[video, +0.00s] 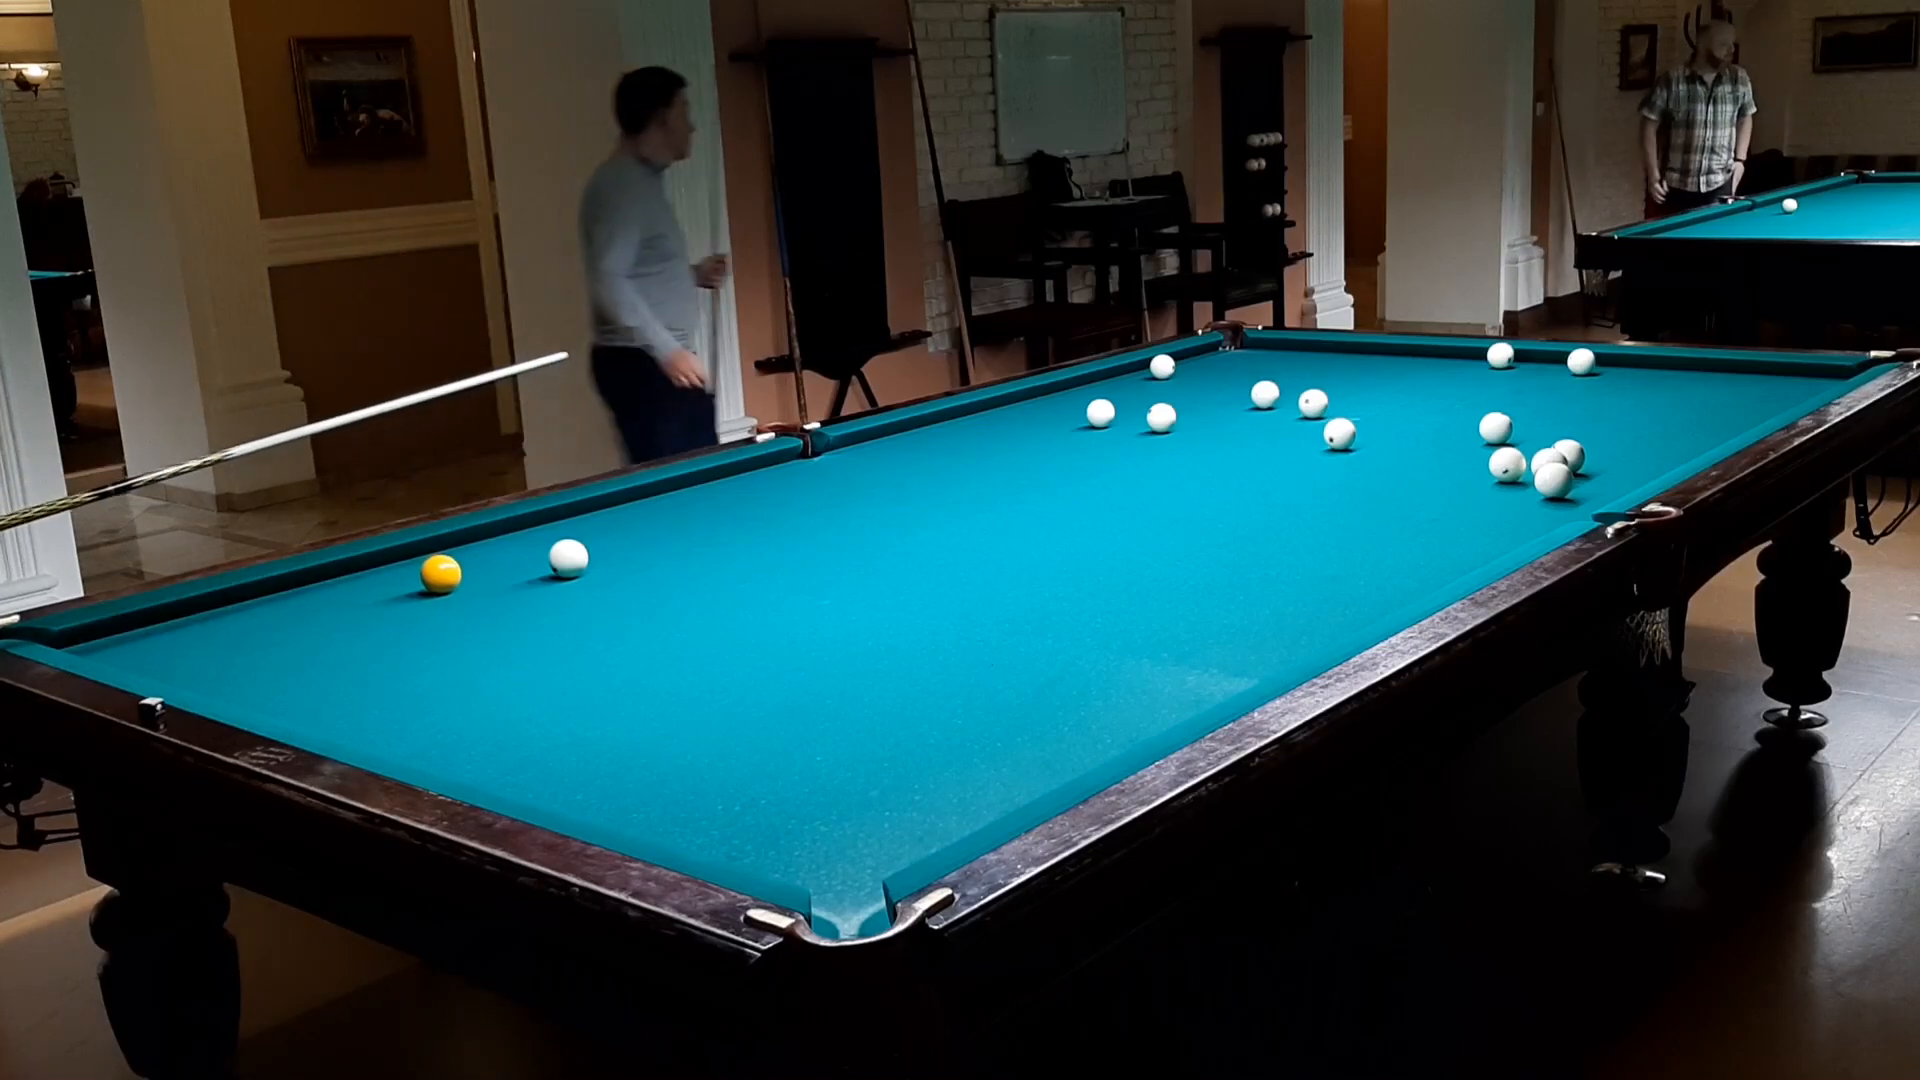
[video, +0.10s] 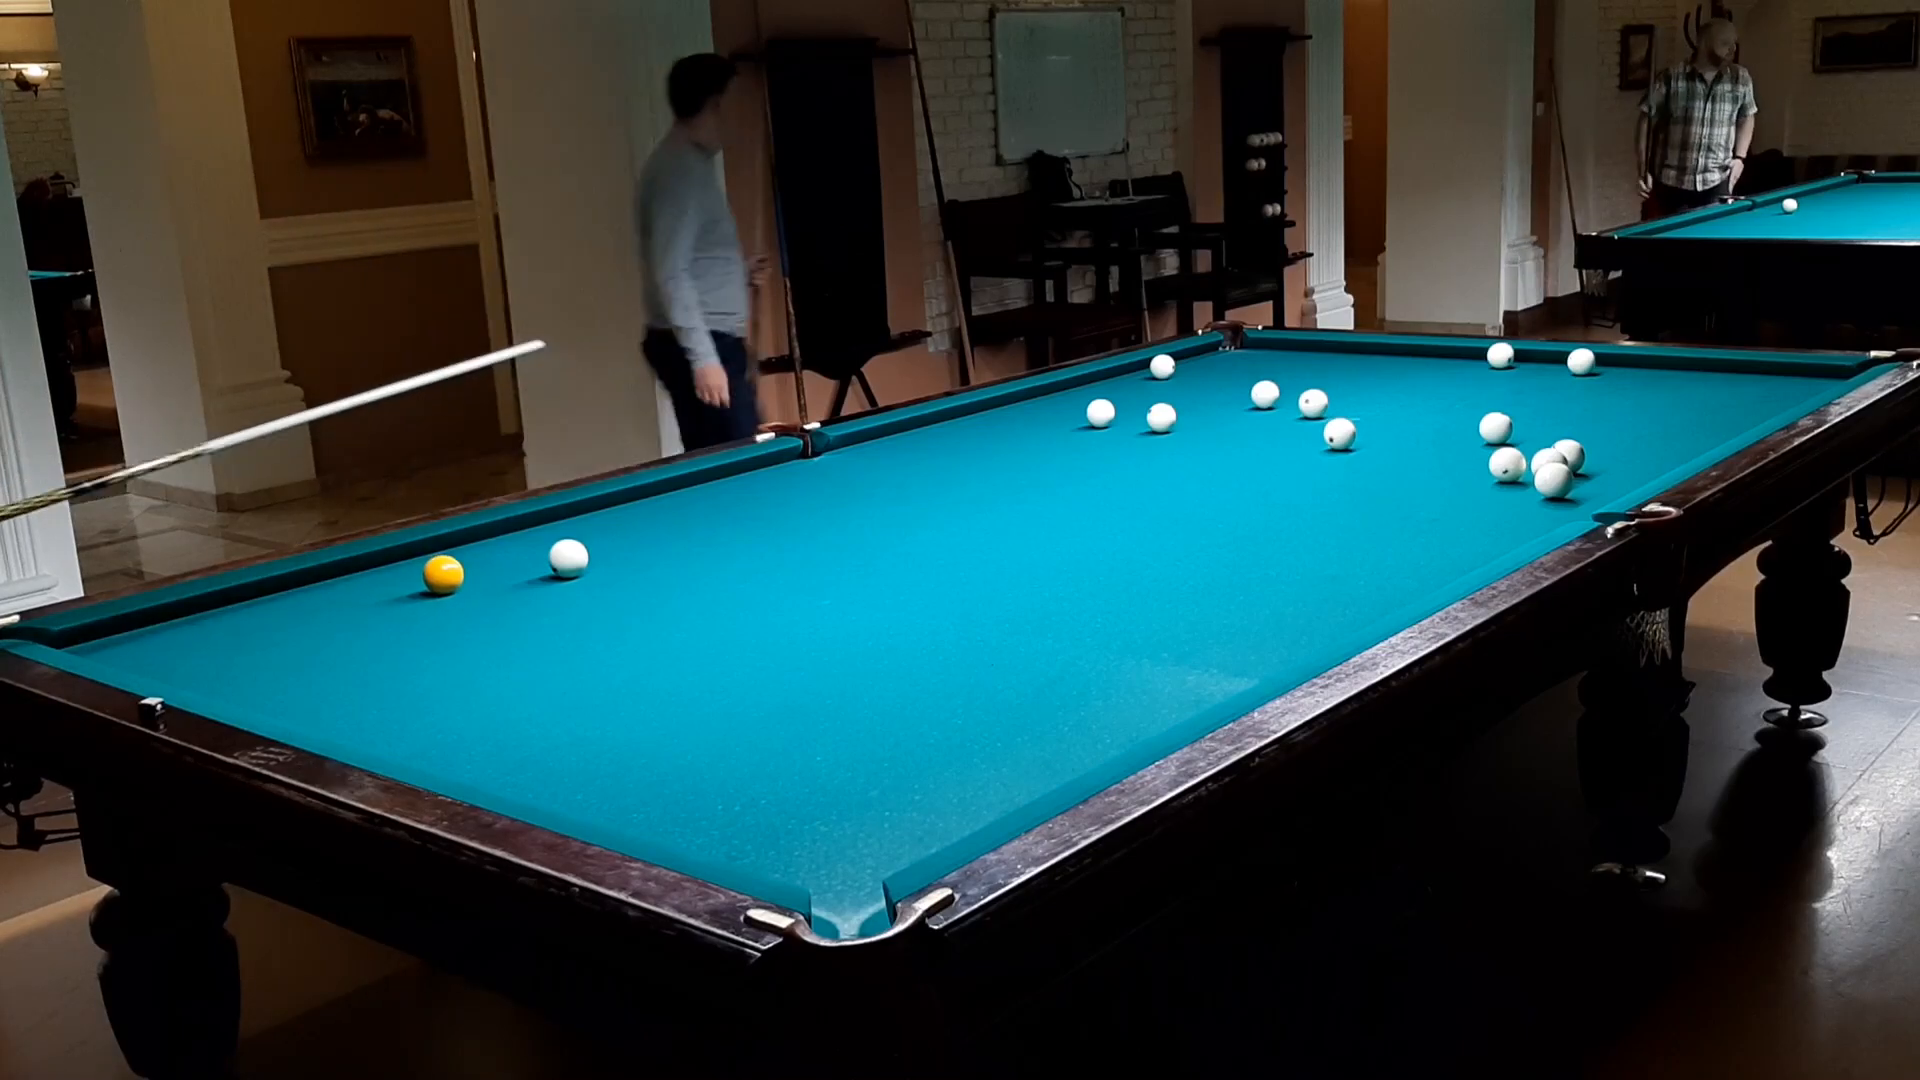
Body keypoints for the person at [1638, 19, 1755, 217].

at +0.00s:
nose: (1731, 50)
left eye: (1733, 45)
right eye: (1724, 44)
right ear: (1702, 43)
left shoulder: (1738, 79)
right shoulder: (1672, 80)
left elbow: (1745, 119)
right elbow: (1649, 125)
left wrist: (1740, 160)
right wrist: (1653, 174)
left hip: (1719, 188)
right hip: (1675, 189)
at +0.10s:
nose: (1733, 50)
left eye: (1734, 44)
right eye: (1726, 44)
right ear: (1704, 42)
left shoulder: (1739, 78)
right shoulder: (1671, 77)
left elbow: (1747, 118)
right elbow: (1646, 118)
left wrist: (1739, 159)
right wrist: (1643, 168)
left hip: (1716, 184)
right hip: (1672, 183)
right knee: (1668, 246)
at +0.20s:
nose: (1730, 49)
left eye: (1733, 43)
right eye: (1724, 42)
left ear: (1736, 45)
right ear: (1701, 40)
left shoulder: (1739, 79)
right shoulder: (1668, 76)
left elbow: (1749, 119)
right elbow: (1644, 119)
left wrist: (1740, 156)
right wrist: (1636, 167)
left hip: (1713, 185)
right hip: (1668, 183)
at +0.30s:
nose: (1724, 48)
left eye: (1727, 41)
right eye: (1717, 41)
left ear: (1730, 40)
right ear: (1695, 39)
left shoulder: (1736, 79)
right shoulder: (1664, 76)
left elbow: (1750, 119)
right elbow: (1639, 118)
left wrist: (1740, 156)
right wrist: (1628, 163)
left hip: (1709, 185)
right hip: (1663, 184)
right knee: (1657, 248)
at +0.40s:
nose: (1713, 48)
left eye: (1717, 41)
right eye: (1705, 42)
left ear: (1721, 41)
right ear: (1688, 40)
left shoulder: (1730, 79)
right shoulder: (1657, 77)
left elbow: (1747, 121)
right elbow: (1634, 120)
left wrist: (1732, 154)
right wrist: (1622, 161)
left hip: (1704, 186)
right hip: (1657, 185)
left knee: (1702, 250)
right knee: (1647, 246)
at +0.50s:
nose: (1703, 50)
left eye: (1706, 44)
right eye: (1695, 44)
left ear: (1710, 45)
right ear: (1677, 44)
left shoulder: (1719, 80)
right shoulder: (1647, 78)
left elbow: (1739, 124)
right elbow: (1624, 122)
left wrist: (1716, 150)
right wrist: (1617, 161)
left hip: (1697, 191)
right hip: (1651, 189)